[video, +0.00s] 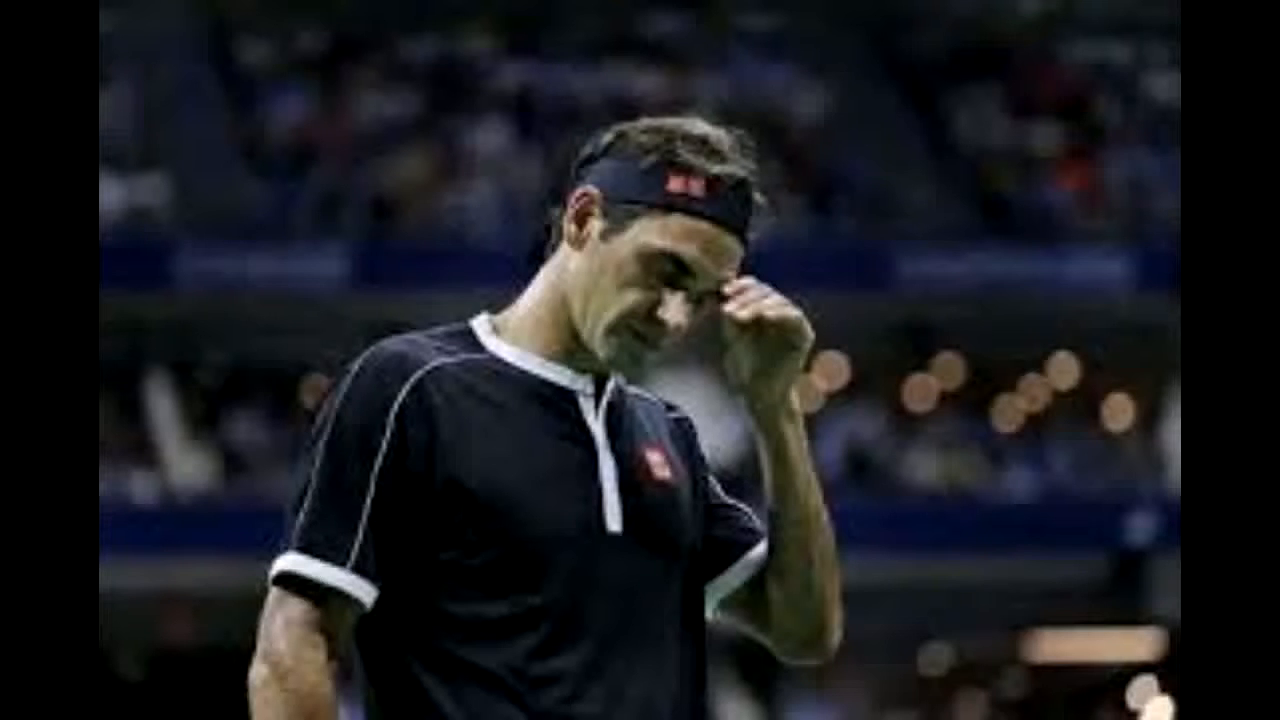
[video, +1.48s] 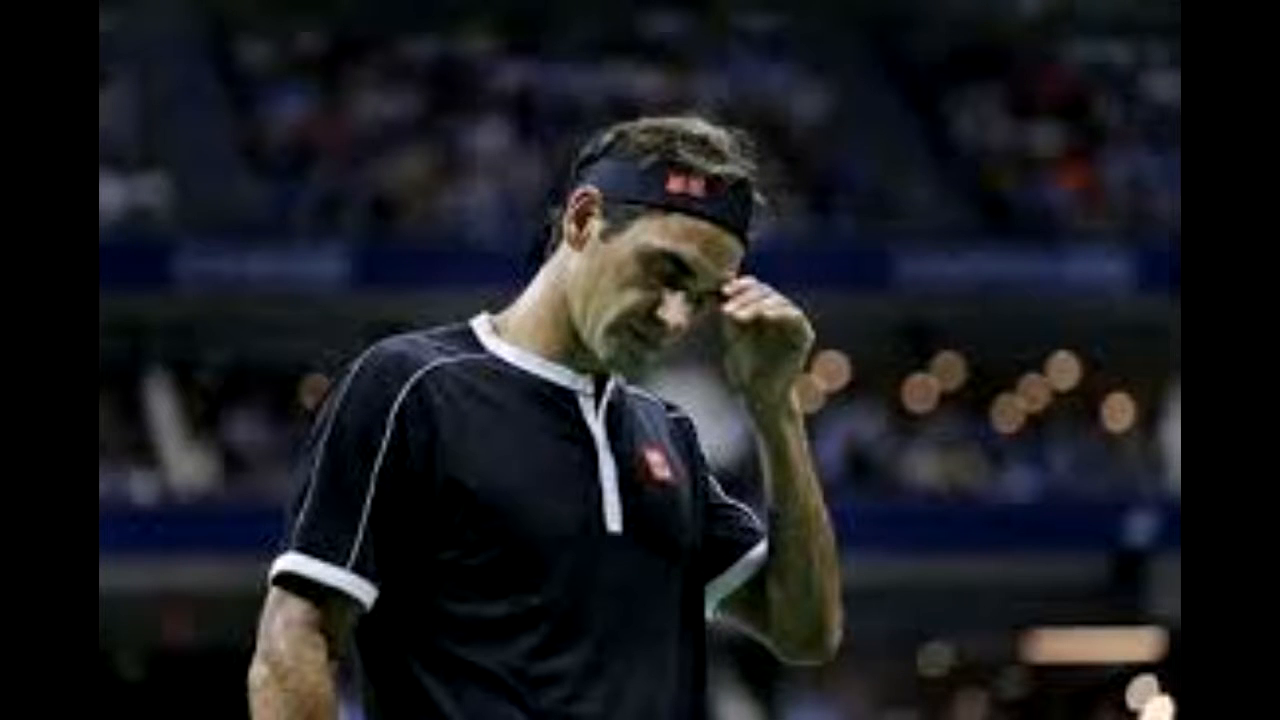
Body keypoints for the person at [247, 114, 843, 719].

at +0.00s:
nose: (675, 317)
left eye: (701, 298)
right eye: (664, 273)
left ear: (720, 300)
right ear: (584, 220)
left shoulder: (664, 436)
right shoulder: (403, 386)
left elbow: (805, 632)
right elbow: (291, 642)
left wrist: (777, 410)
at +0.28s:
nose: (675, 318)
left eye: (701, 299)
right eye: (665, 273)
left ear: (718, 301)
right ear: (584, 221)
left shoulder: (664, 435)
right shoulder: (403, 386)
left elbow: (805, 633)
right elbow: (292, 643)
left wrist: (776, 410)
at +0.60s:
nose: (675, 318)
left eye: (701, 299)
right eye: (665, 273)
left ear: (718, 301)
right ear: (584, 221)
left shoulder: (664, 435)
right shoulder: (403, 386)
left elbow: (805, 633)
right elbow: (292, 643)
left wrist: (776, 410)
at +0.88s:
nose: (675, 318)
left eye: (701, 299)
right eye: (665, 273)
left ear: (718, 301)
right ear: (584, 220)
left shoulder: (664, 436)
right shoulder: (404, 386)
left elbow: (805, 633)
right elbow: (292, 642)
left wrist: (776, 409)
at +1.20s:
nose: (675, 318)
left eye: (701, 299)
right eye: (665, 273)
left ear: (718, 301)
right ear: (584, 220)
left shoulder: (664, 436)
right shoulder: (404, 386)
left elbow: (805, 633)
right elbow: (292, 641)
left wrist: (776, 409)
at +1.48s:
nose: (675, 317)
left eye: (701, 299)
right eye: (664, 272)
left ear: (718, 301)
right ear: (584, 221)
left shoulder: (664, 436)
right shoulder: (404, 386)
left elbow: (805, 633)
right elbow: (292, 641)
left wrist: (776, 410)